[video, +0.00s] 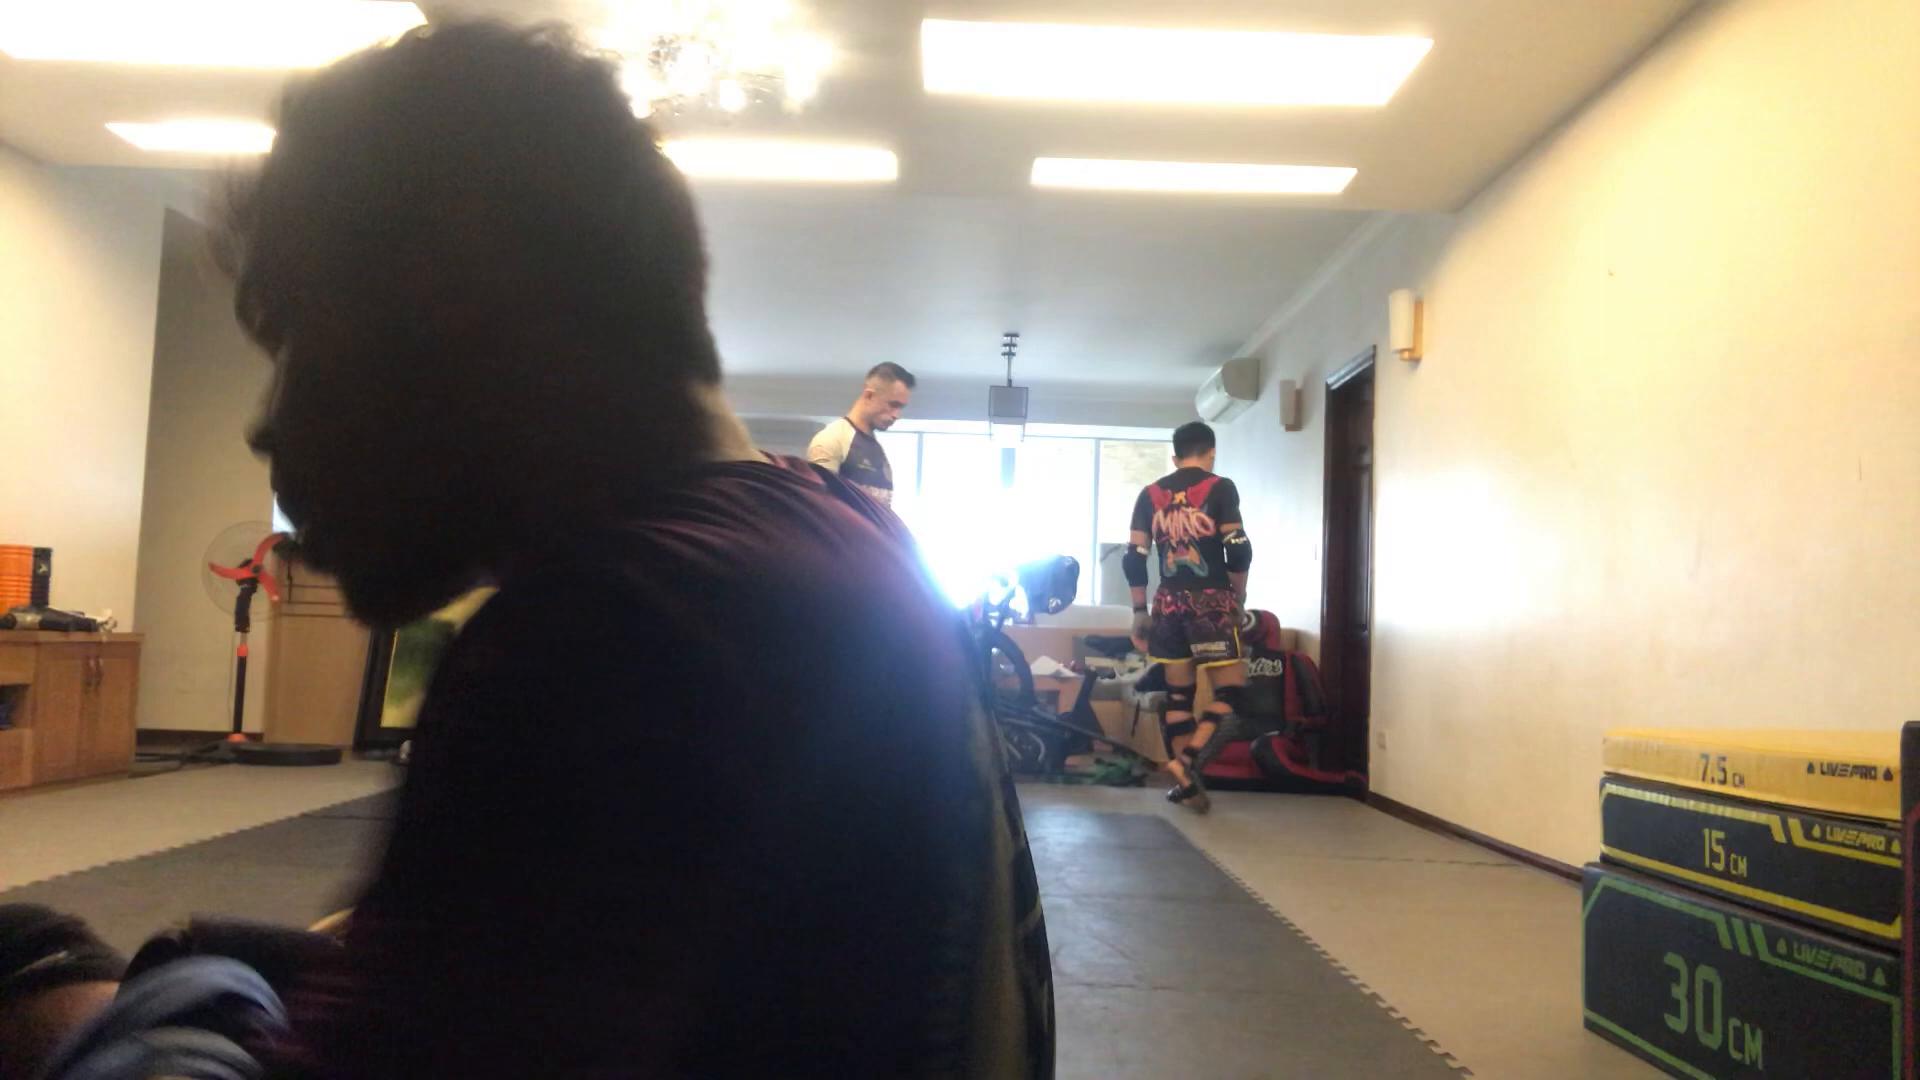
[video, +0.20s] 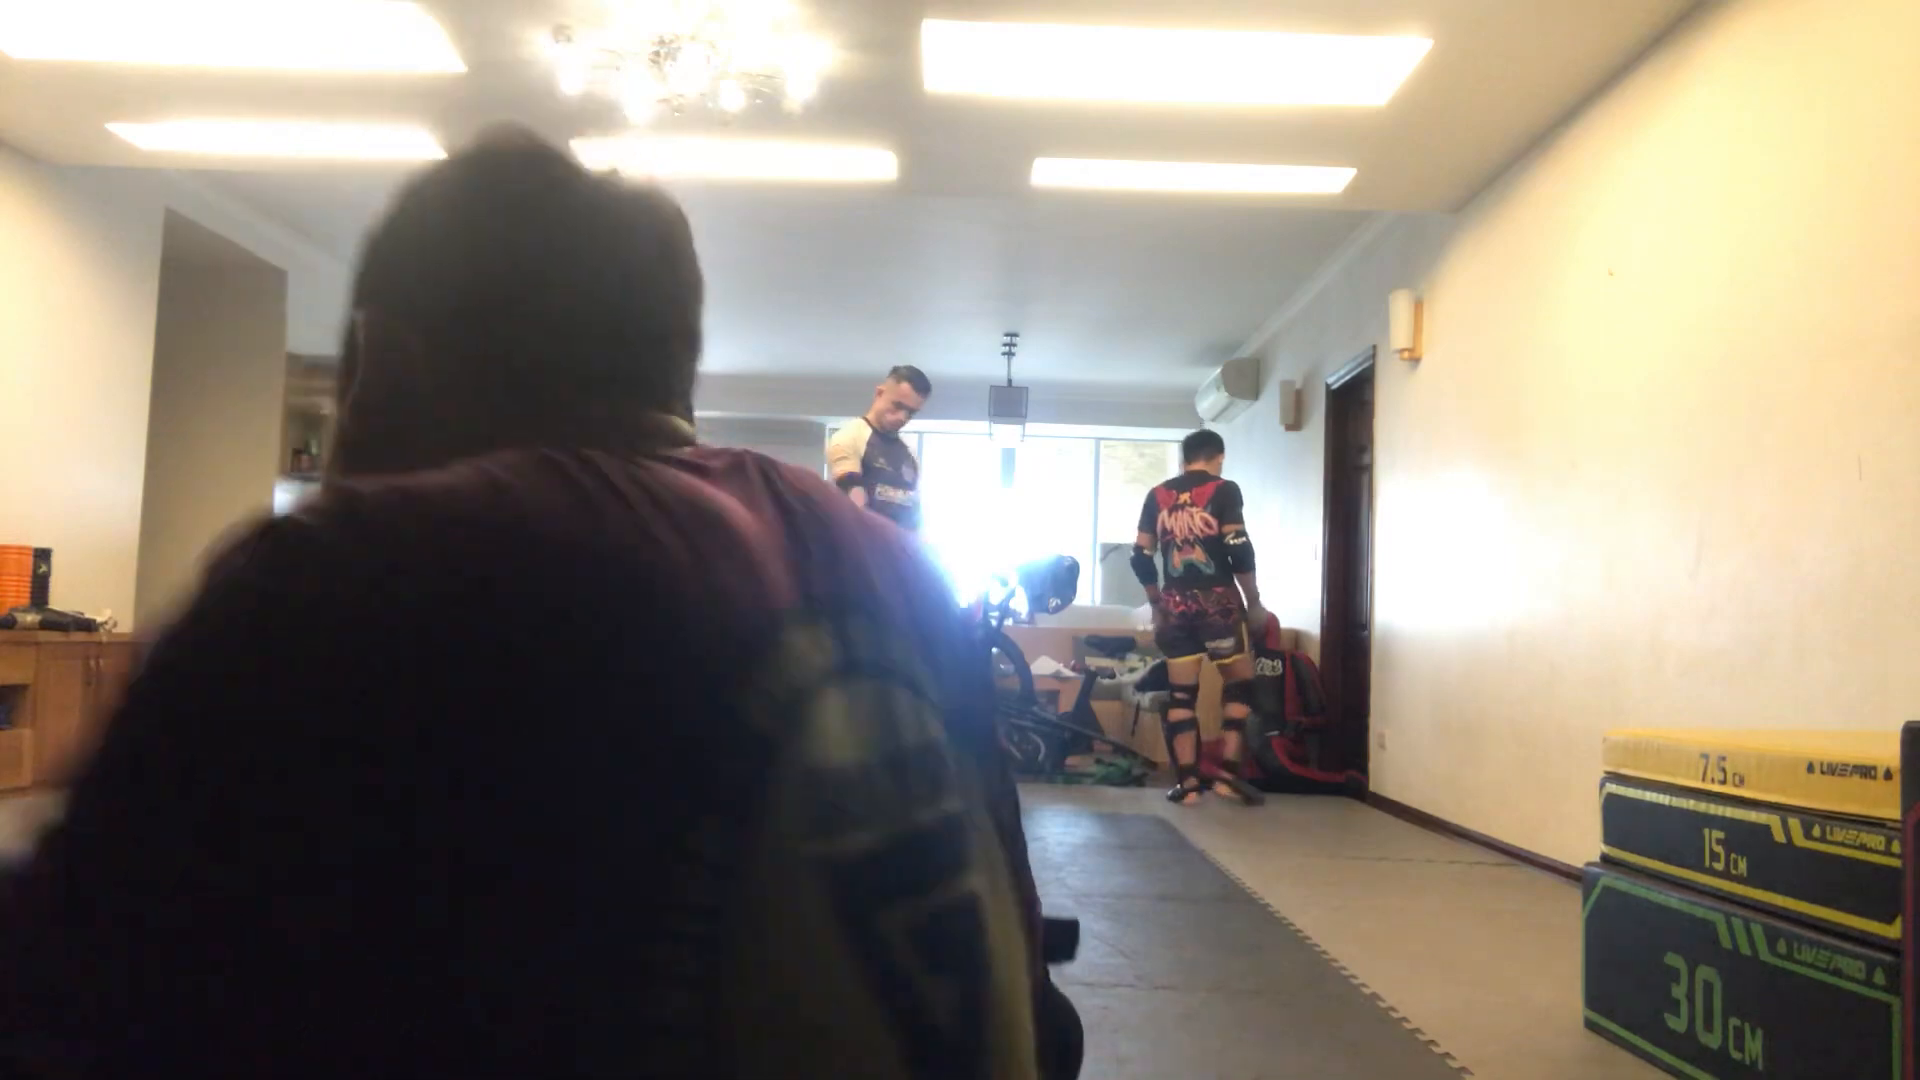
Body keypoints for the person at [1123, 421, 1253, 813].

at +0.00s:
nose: (1211, 459)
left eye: (1206, 455)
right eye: (1212, 454)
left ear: (1174, 456)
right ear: (1210, 454)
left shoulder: (1150, 494)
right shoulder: (1220, 488)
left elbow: (1134, 558)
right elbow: (1238, 549)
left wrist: (1140, 610)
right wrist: (1236, 599)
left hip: (1168, 607)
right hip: (1213, 606)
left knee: (1178, 698)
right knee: (1229, 697)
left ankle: (1190, 788)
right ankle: (1187, 765)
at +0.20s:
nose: (1220, 465)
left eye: (1218, 461)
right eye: (1220, 460)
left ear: (1184, 458)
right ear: (1216, 459)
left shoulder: (1157, 495)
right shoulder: (1224, 490)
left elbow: (1140, 556)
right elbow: (1236, 547)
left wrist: (1156, 602)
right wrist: (1253, 601)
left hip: (1174, 609)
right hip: (1219, 606)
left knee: (1181, 692)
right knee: (1238, 682)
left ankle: (1187, 783)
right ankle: (1227, 770)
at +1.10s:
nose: (1178, 499)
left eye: (1176, 493)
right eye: (1175, 493)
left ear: (1183, 486)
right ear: (1205, 481)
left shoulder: (1196, 503)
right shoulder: (1239, 508)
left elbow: (1192, 557)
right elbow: (1267, 564)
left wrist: (1178, 608)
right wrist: (1257, 608)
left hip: (1221, 611)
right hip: (1254, 611)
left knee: (1206, 690)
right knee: (1240, 690)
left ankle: (1217, 773)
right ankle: (1249, 764)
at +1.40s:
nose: (1153, 528)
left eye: (1150, 520)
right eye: (1148, 523)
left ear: (1163, 507)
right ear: (1167, 504)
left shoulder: (1200, 517)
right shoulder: (1199, 517)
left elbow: (1218, 570)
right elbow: (1217, 575)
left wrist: (1198, 614)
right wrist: (1201, 618)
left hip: (1244, 621)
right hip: (1238, 620)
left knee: (1213, 689)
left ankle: (1220, 771)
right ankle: (1226, 769)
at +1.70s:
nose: (1163, 578)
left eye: (1161, 572)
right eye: (1157, 576)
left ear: (1170, 554)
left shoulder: (1212, 548)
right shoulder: (1179, 572)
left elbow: (1253, 593)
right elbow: (1192, 620)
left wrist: (1231, 645)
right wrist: (1200, 661)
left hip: (1267, 611)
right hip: (1236, 613)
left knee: (1254, 683)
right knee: (1211, 687)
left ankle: (1266, 772)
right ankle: (1216, 769)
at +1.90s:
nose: (1176, 612)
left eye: (1175, 606)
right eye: (1171, 610)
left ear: (1184, 587)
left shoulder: (1226, 575)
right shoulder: (1185, 599)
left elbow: (1262, 621)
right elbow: (1196, 641)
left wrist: (1246, 668)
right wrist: (1206, 681)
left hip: (1278, 621)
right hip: (1240, 628)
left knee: (1282, 693)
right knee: (1210, 697)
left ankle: (1307, 778)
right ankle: (1216, 775)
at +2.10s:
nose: (1201, 650)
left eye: (1202, 644)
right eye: (1196, 648)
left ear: (1211, 623)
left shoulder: (1248, 609)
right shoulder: (1199, 635)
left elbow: (1284, 657)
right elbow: (1208, 673)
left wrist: (1256, 696)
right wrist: (1241, 693)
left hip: (1291, 657)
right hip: (1248, 660)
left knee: (1298, 703)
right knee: (1200, 701)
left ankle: (1307, 781)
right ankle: (1216, 775)